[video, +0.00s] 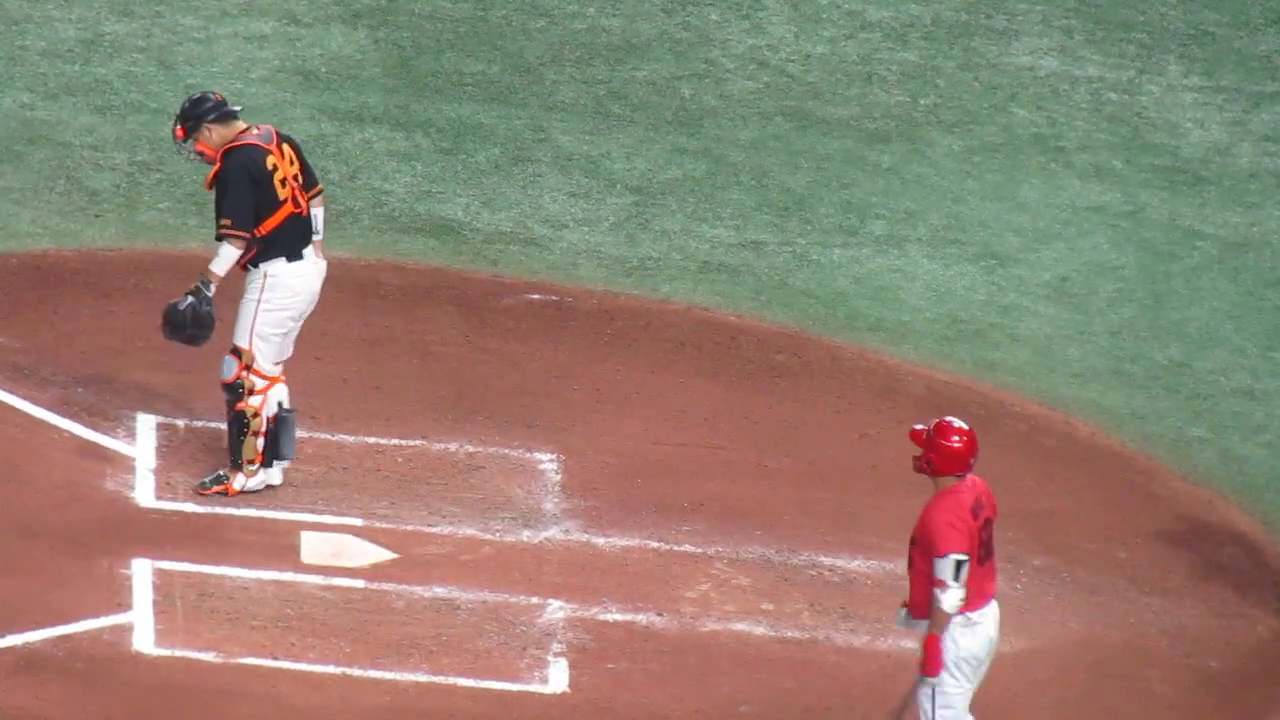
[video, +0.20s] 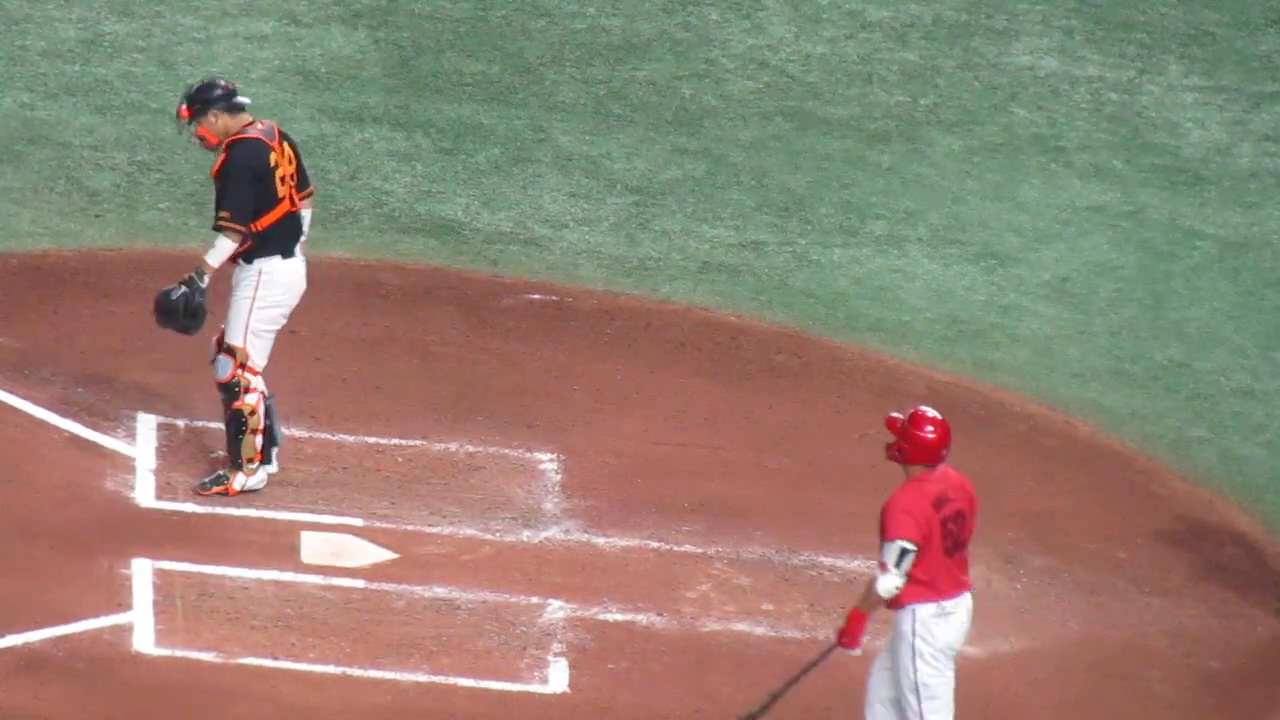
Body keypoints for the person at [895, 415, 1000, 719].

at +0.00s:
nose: (920, 452)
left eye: (925, 448)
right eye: (923, 446)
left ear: (936, 459)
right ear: (962, 457)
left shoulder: (945, 511)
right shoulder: (975, 487)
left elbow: (948, 591)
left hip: (957, 628)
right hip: (982, 615)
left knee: (940, 711)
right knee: (950, 707)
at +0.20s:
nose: (892, 440)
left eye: (897, 437)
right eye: (896, 436)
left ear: (906, 449)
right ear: (938, 449)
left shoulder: (906, 501)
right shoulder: (960, 484)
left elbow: (890, 580)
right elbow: (950, 546)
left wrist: (858, 616)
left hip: (923, 617)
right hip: (955, 608)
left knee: (927, 711)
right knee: (883, 691)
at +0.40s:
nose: (858, 432)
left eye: (863, 429)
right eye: (862, 427)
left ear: (870, 441)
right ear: (902, 444)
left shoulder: (864, 493)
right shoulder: (923, 482)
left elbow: (842, 567)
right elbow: (935, 547)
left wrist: (807, 608)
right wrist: (949, 595)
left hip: (876, 613)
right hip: (912, 605)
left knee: (890, 709)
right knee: (848, 702)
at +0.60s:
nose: (826, 412)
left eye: (829, 407)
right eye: (832, 406)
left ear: (832, 418)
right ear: (872, 420)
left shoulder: (828, 470)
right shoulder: (892, 468)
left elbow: (807, 544)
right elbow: (889, 536)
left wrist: (781, 591)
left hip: (829, 592)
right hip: (872, 589)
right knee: (833, 693)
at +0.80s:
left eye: (802, 398)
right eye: (827, 398)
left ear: (796, 404)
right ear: (835, 404)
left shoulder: (785, 455)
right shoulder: (857, 453)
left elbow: (768, 530)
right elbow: (860, 514)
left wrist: (750, 576)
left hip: (788, 577)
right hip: (833, 576)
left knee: (732, 666)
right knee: (812, 683)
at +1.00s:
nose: (768, 394)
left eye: (759, 389)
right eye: (784, 388)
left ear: (749, 393)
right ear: (788, 395)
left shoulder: (733, 443)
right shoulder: (812, 444)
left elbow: (715, 520)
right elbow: (817, 504)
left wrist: (699, 565)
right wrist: (774, 480)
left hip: (734, 564)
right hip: (785, 565)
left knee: (695, 664)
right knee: (777, 669)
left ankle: (675, 717)